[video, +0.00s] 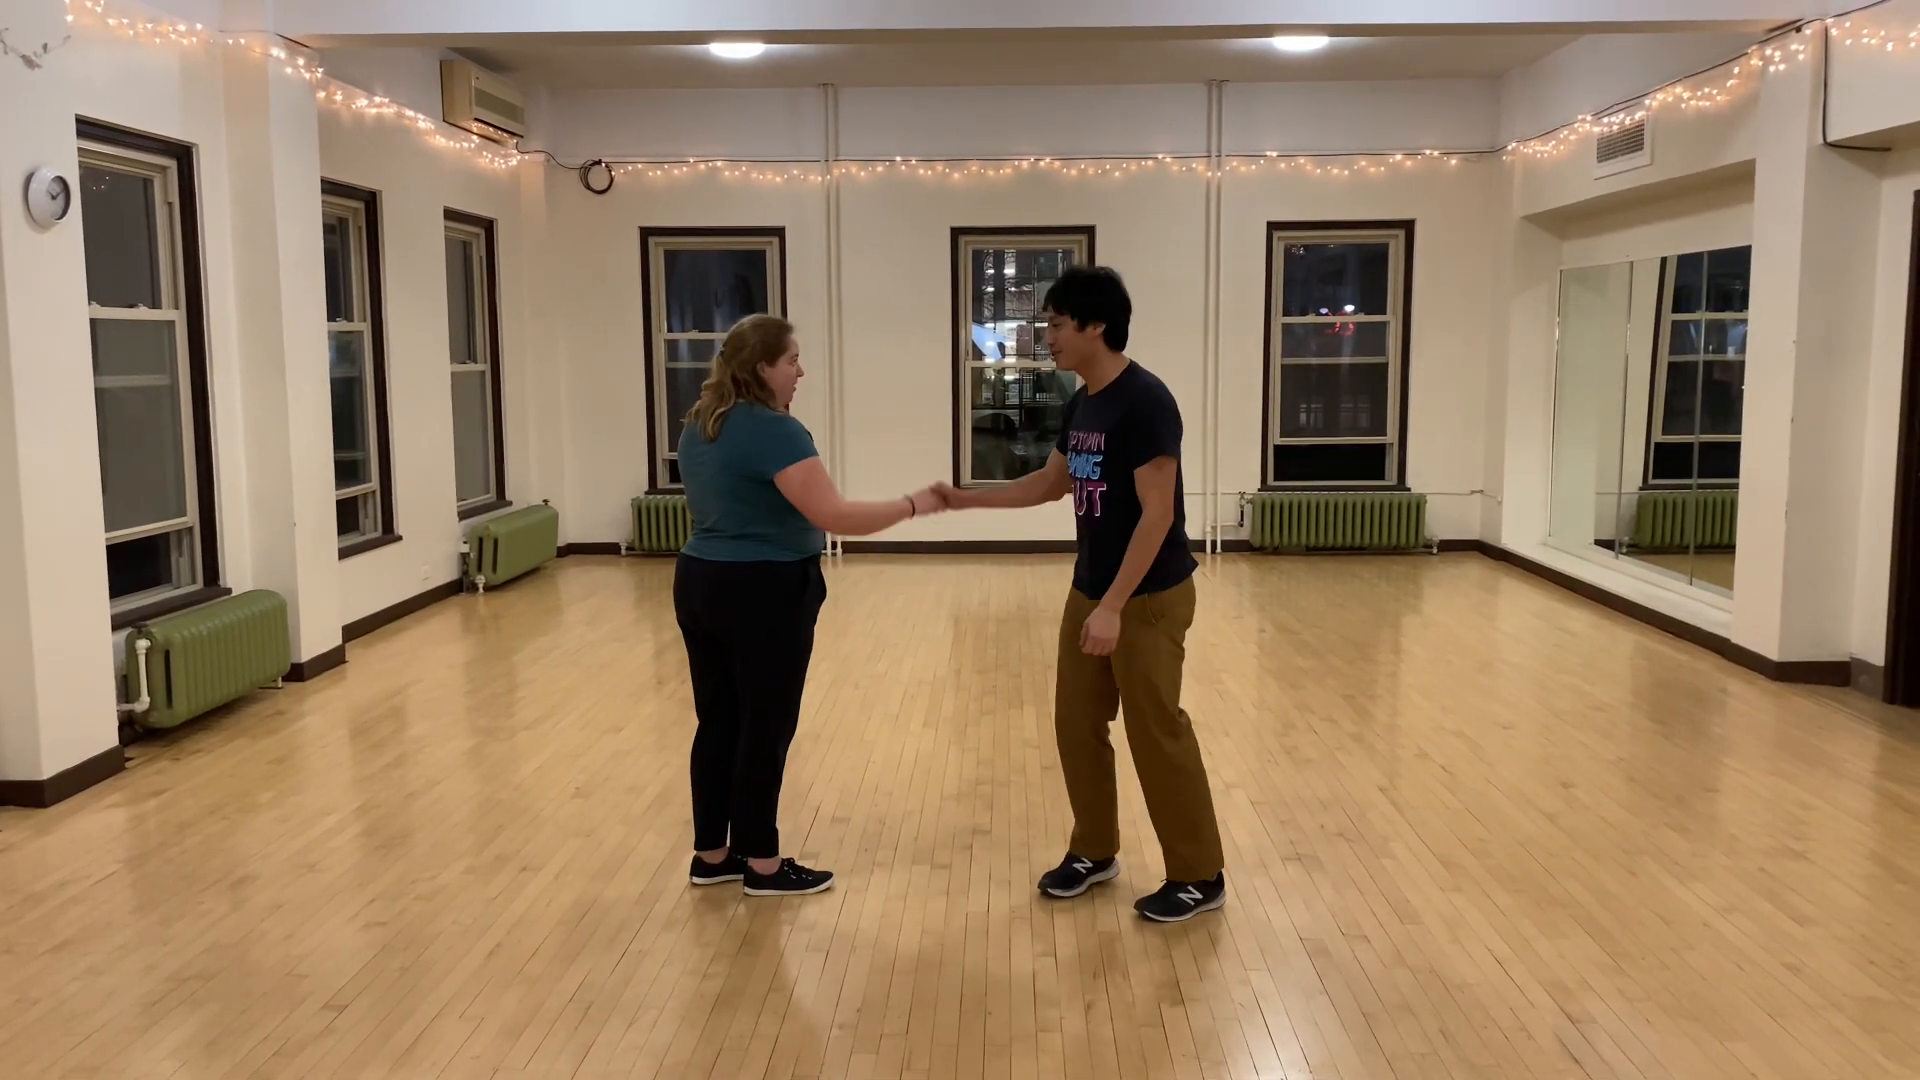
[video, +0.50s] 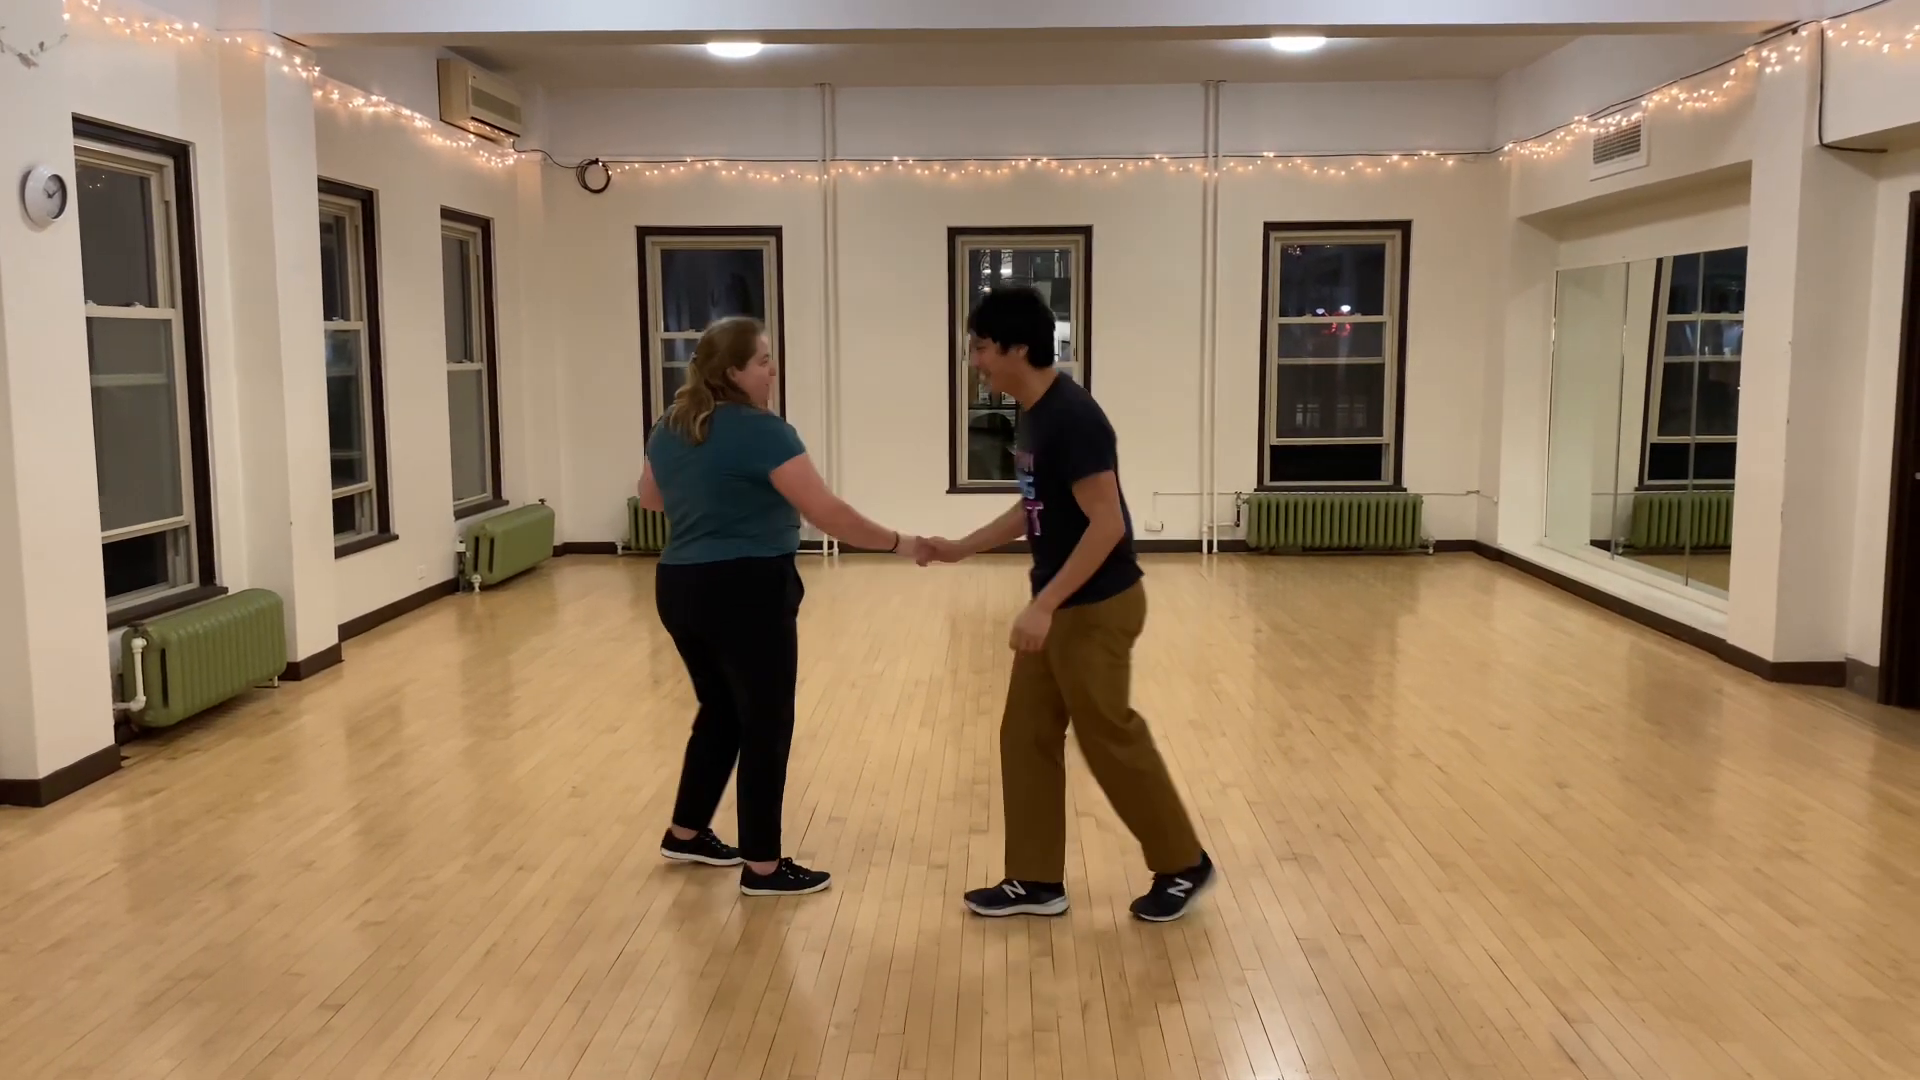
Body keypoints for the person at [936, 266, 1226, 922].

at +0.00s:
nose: (1048, 338)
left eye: (1058, 326)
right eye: (1049, 326)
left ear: (1096, 330)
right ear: (1083, 332)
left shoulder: (1147, 402)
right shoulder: (1083, 405)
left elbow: (1160, 514)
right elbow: (1048, 484)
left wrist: (1111, 604)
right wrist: (964, 497)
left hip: (1151, 596)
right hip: (1091, 592)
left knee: (1157, 732)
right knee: (1078, 727)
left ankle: (1199, 877)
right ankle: (1094, 853)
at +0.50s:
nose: (976, 362)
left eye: (981, 349)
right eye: (975, 349)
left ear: (1016, 350)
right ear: (1020, 350)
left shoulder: (1072, 416)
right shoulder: (1033, 414)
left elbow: (1109, 523)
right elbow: (1035, 512)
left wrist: (1045, 602)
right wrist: (961, 548)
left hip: (1099, 604)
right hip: (1054, 602)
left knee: (1107, 734)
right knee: (1028, 737)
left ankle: (1184, 864)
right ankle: (1037, 880)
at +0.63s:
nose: (950, 346)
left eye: (958, 333)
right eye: (951, 333)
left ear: (994, 339)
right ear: (993, 341)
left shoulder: (1050, 406)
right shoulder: (1009, 410)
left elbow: (1096, 508)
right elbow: (1011, 508)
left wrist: (1029, 580)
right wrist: (935, 543)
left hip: (1074, 596)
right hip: (1036, 596)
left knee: (1043, 731)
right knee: (1020, 733)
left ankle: (1146, 845)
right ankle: (1037, 881)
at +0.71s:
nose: (936, 343)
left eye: (944, 331)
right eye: (938, 330)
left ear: (980, 338)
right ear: (976, 336)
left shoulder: (1038, 403)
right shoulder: (993, 411)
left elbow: (1087, 502)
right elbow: (987, 507)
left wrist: (1017, 569)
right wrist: (903, 536)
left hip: (1059, 591)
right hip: (1026, 591)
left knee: (1006, 727)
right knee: (1013, 728)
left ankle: (1098, 855)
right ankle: (1035, 878)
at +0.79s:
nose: (926, 343)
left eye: (936, 331)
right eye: (929, 331)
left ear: (970, 339)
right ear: (968, 341)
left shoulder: (1028, 406)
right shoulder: (977, 419)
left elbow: (1078, 500)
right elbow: (954, 512)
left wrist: (1009, 562)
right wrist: (867, 529)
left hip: (1046, 597)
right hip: (1021, 594)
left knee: (973, 726)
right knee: (1005, 726)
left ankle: (1031, 876)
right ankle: (1033, 873)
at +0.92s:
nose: (913, 350)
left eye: (922, 338)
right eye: (916, 337)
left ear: (957, 347)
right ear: (956, 347)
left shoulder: (1016, 412)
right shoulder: (957, 423)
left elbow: (1067, 504)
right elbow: (916, 515)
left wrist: (994, 564)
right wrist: (820, 529)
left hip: (1031, 602)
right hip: (997, 599)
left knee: (938, 724)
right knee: (983, 735)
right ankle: (1031, 877)